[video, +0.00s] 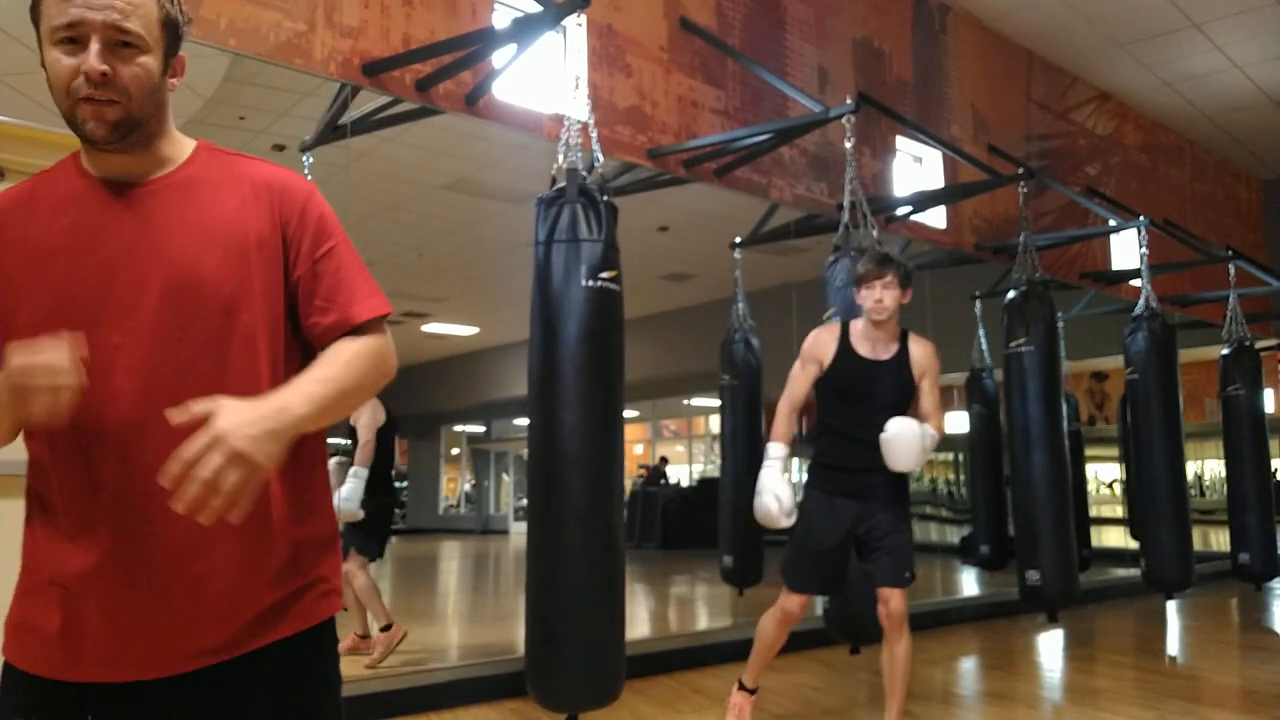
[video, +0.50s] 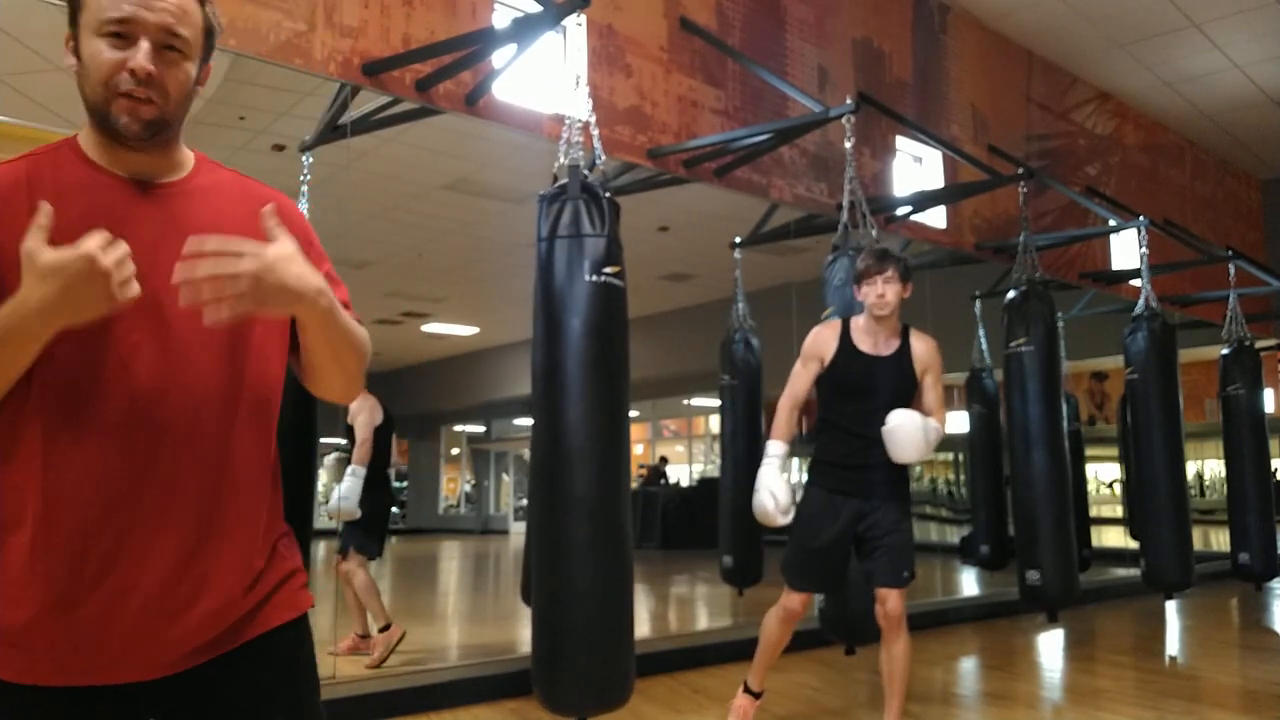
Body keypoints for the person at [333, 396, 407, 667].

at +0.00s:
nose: (340, 386)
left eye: (342, 380)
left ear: (355, 379)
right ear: (365, 378)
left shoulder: (366, 405)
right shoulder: (372, 407)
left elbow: (366, 445)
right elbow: (389, 458)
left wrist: (354, 485)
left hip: (374, 493)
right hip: (375, 492)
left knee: (354, 566)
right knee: (348, 567)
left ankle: (387, 627)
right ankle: (362, 634)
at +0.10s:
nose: (341, 385)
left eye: (343, 379)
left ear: (352, 377)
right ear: (365, 377)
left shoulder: (362, 403)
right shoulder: (376, 408)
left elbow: (364, 444)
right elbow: (391, 460)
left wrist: (350, 485)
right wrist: (346, 461)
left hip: (372, 493)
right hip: (374, 492)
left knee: (353, 565)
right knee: (344, 567)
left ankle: (387, 627)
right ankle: (362, 634)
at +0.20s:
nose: (344, 379)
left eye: (346, 374)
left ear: (352, 374)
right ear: (364, 375)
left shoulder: (362, 402)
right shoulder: (374, 406)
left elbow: (364, 444)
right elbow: (387, 458)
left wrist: (348, 485)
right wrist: (345, 461)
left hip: (372, 492)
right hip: (371, 491)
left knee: (352, 565)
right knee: (343, 565)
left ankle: (387, 628)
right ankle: (362, 635)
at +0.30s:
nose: (343, 379)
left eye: (346, 372)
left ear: (353, 373)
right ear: (365, 374)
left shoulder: (361, 402)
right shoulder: (373, 406)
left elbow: (363, 445)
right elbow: (386, 454)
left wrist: (348, 486)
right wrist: (344, 460)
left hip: (371, 492)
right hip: (370, 491)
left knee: (353, 564)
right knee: (343, 565)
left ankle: (386, 628)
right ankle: (362, 635)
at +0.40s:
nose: (342, 380)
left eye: (345, 374)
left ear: (352, 375)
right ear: (366, 375)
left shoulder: (362, 403)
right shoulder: (371, 406)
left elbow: (364, 444)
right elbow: (386, 457)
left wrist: (349, 485)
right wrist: (343, 459)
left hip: (372, 491)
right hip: (370, 490)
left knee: (353, 564)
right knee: (344, 565)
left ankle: (386, 628)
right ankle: (362, 634)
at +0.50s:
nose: (338, 381)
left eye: (341, 375)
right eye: (338, 375)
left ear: (350, 374)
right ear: (358, 374)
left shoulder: (363, 404)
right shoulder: (364, 405)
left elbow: (364, 445)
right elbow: (387, 457)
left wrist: (351, 486)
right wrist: (343, 457)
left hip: (371, 490)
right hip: (369, 489)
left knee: (353, 563)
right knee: (344, 565)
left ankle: (386, 628)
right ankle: (362, 635)